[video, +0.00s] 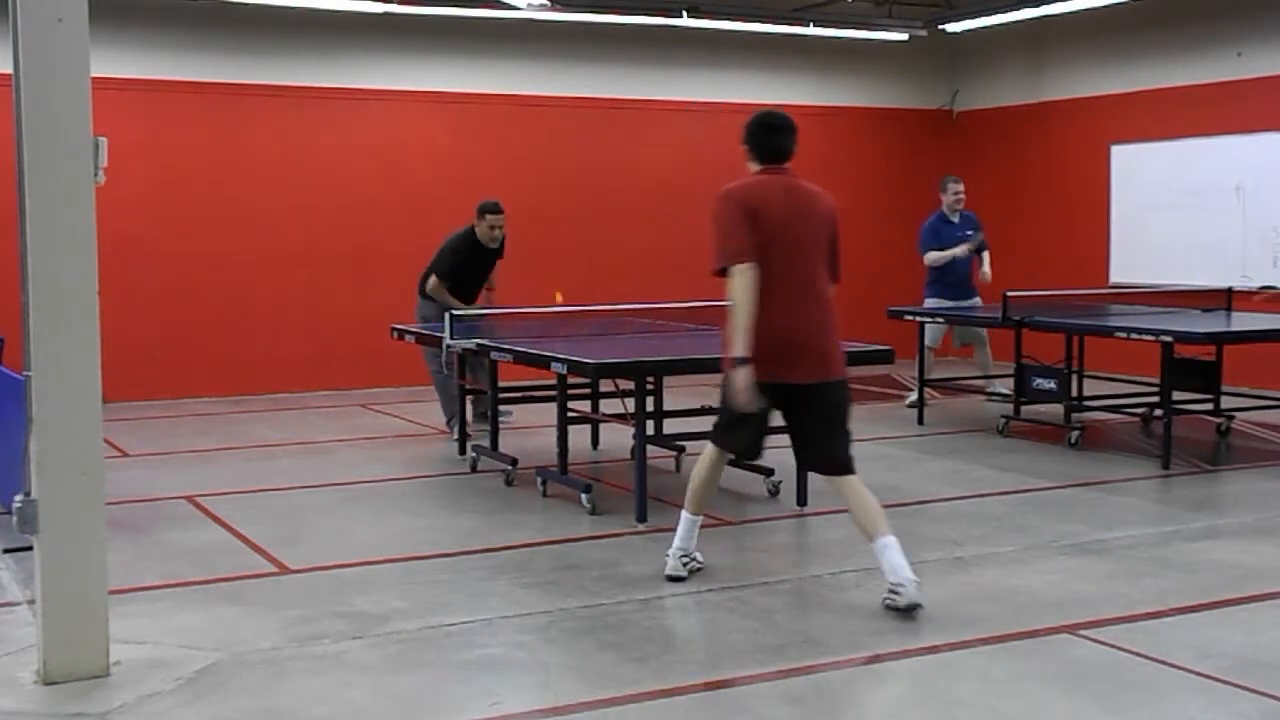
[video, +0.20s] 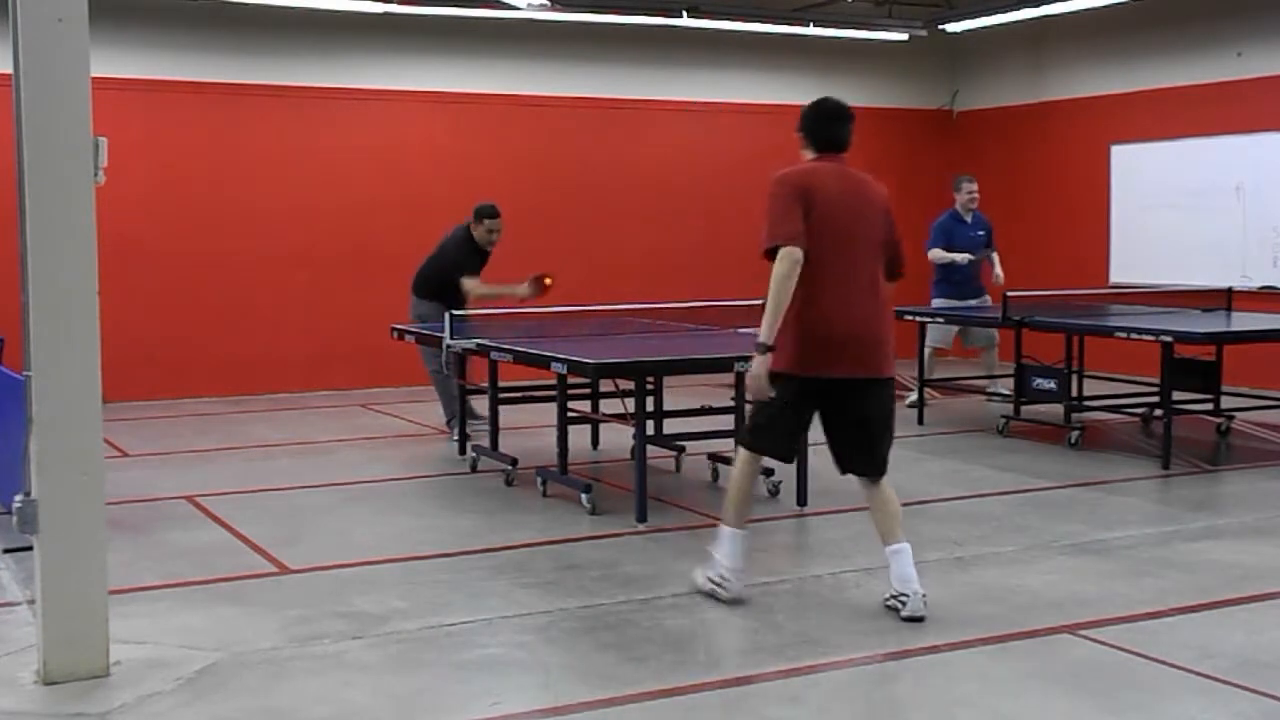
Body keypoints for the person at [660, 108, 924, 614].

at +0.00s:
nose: (744, 153)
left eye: (744, 146)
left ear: (748, 150)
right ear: (792, 151)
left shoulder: (737, 198)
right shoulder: (820, 201)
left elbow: (744, 273)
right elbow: (828, 279)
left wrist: (737, 358)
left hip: (759, 361)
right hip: (820, 362)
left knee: (717, 450)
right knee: (842, 471)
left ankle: (681, 552)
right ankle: (901, 579)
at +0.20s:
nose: (798, 145)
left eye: (799, 137)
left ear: (804, 139)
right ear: (848, 140)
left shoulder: (792, 182)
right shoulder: (874, 190)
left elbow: (791, 257)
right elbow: (894, 268)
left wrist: (763, 346)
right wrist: (844, 256)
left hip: (804, 354)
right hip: (869, 356)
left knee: (750, 454)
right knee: (873, 475)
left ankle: (724, 569)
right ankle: (908, 589)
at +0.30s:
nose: (820, 138)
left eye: (820, 130)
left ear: (824, 134)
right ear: (871, 136)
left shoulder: (803, 180)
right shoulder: (897, 190)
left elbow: (785, 256)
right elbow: (915, 269)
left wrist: (748, 340)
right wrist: (871, 284)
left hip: (811, 354)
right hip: (882, 357)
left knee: (773, 467)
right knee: (882, 474)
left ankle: (767, 589)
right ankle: (909, 590)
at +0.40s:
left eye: (836, 131)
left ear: (839, 137)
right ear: (887, 141)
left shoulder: (810, 185)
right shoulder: (911, 195)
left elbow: (774, 267)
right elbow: (928, 289)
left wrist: (741, 343)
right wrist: (914, 353)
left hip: (818, 353)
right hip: (889, 358)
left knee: (799, 476)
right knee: (890, 472)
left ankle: (814, 598)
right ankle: (910, 592)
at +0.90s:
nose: (868, 179)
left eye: (869, 170)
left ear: (876, 171)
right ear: (924, 176)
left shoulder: (872, 199)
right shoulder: (945, 220)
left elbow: (848, 264)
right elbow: (949, 292)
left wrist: (795, 334)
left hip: (899, 358)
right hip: (960, 357)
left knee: (860, 495)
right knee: (918, 467)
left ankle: (855, 645)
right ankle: (944, 591)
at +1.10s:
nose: (882, 175)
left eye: (882, 168)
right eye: (884, 168)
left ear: (889, 169)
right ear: (936, 168)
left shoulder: (903, 191)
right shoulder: (950, 205)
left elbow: (919, 246)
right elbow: (922, 267)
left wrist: (853, 329)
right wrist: (855, 286)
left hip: (941, 352)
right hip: (986, 351)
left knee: (899, 482)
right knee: (927, 471)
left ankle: (911, 640)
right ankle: (944, 590)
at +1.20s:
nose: (890, 170)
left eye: (890, 163)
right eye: (892, 163)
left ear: (898, 163)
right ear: (940, 161)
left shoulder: (915, 186)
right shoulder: (956, 201)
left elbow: (932, 251)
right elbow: (904, 264)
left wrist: (874, 334)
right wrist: (838, 278)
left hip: (957, 352)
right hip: (994, 352)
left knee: (922, 489)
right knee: (932, 477)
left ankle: (971, 634)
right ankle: (940, 584)